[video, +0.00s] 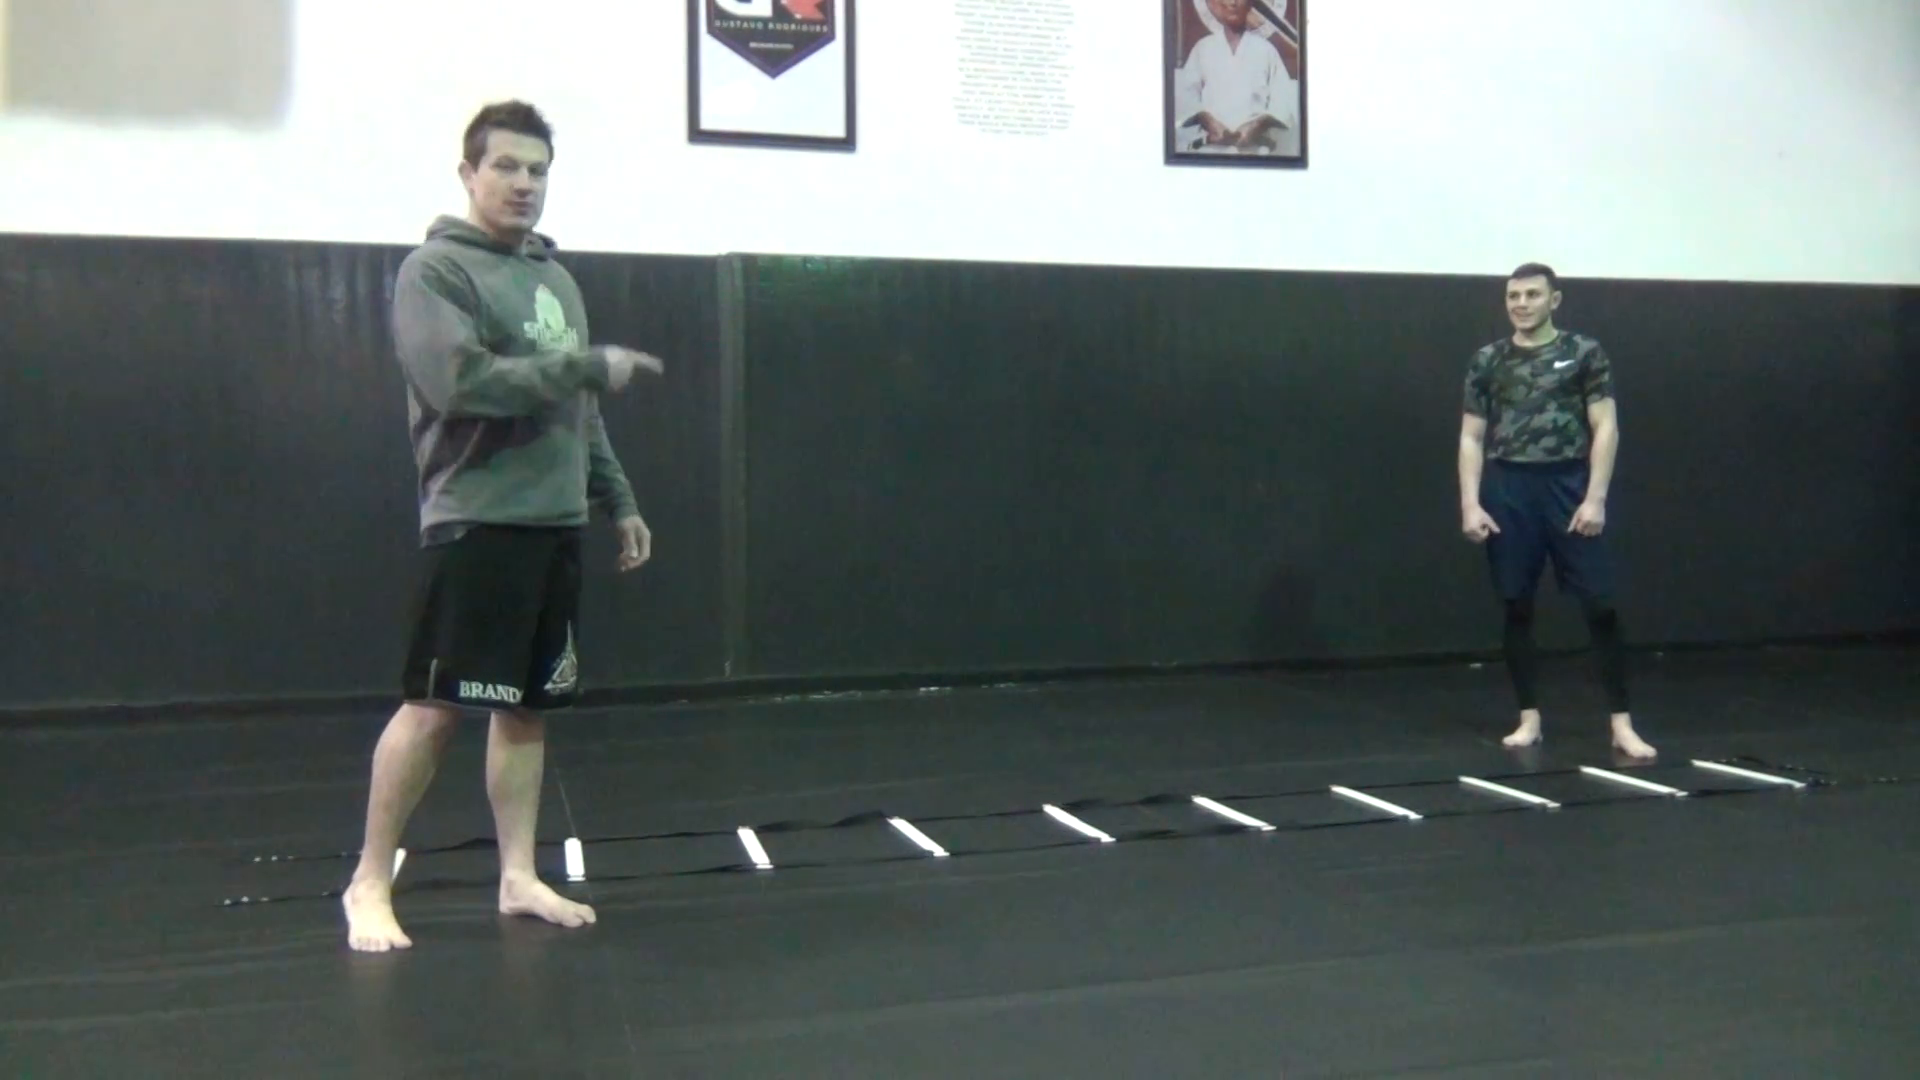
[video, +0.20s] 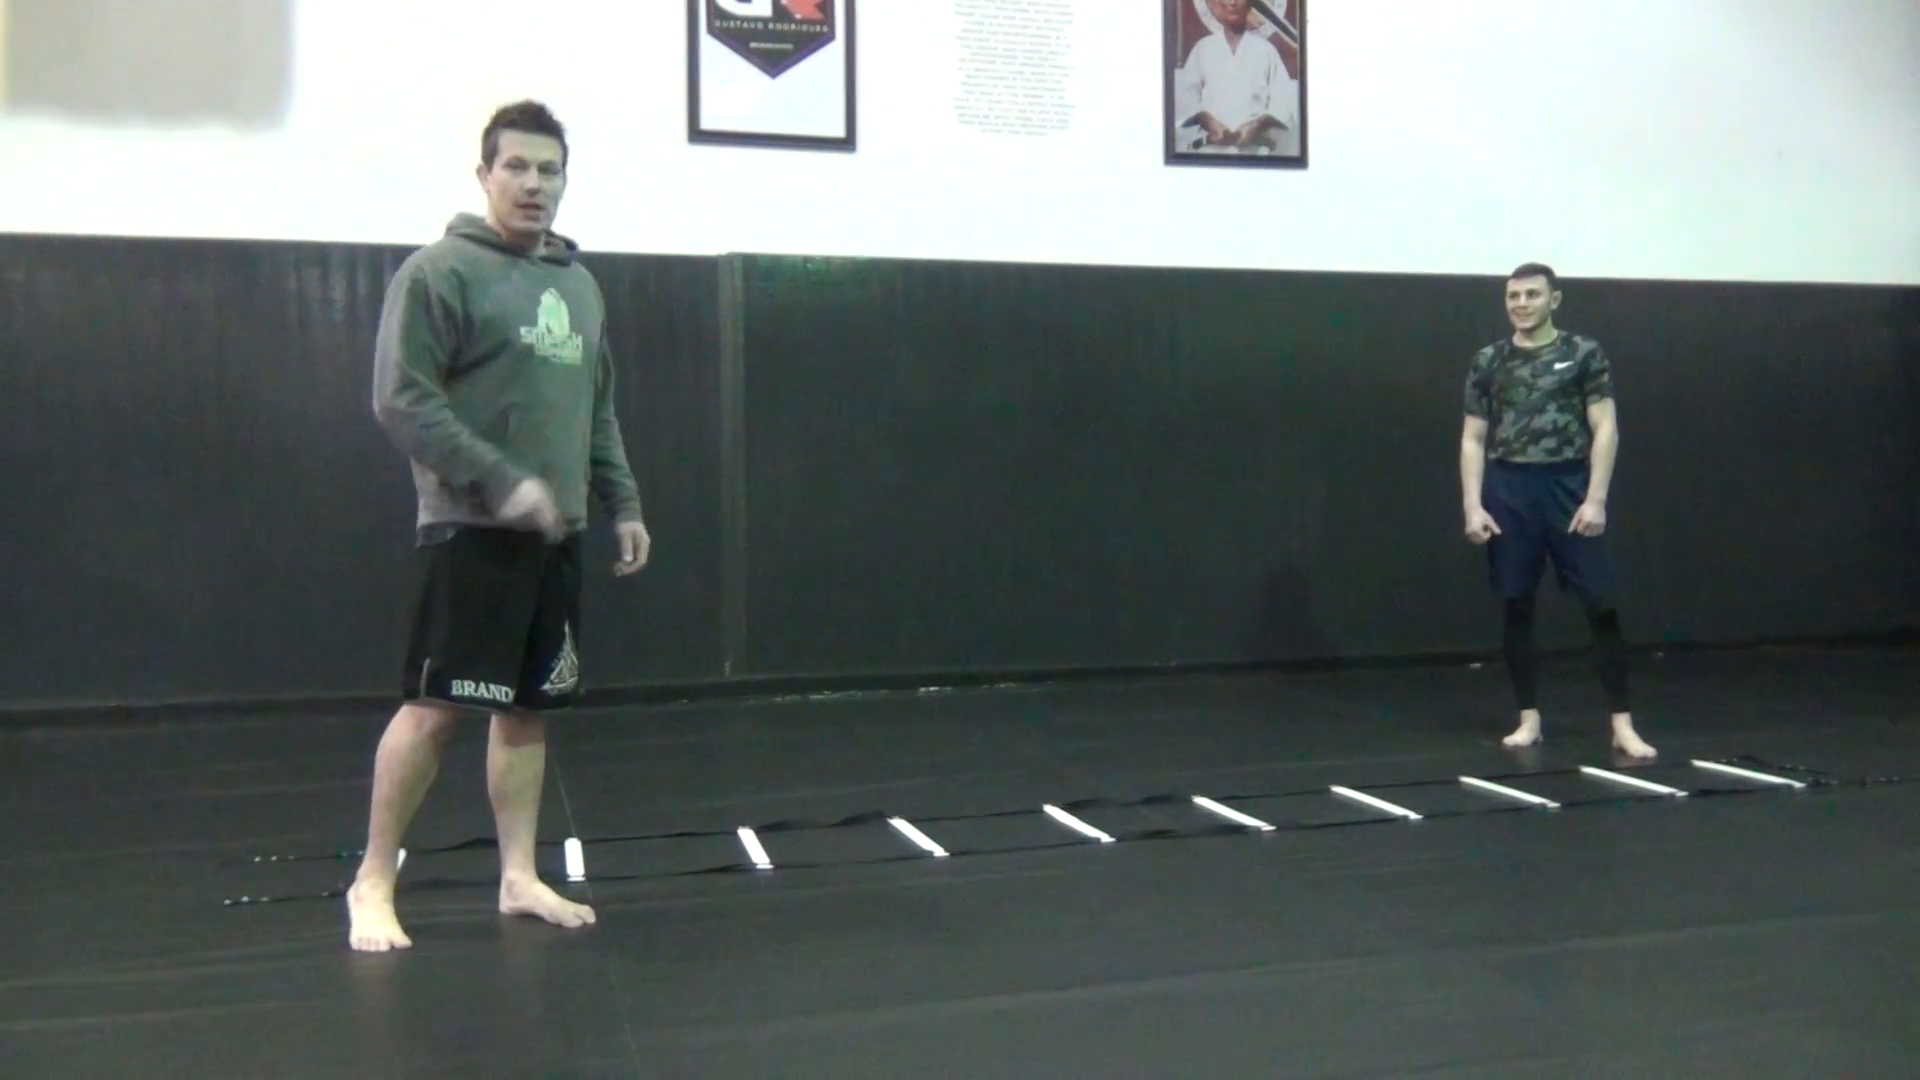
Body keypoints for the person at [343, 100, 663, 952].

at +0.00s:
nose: (523, 184)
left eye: (536, 170)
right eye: (506, 167)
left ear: (548, 182)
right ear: (468, 173)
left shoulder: (560, 282)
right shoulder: (432, 270)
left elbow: (583, 412)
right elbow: (455, 381)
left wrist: (620, 502)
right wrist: (585, 368)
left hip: (553, 523)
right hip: (473, 520)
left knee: (525, 709)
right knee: (432, 707)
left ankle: (519, 880)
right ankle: (370, 886)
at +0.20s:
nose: (533, 184)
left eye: (549, 170)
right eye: (517, 167)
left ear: (564, 182)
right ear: (483, 174)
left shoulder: (578, 284)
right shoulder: (437, 273)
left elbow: (600, 410)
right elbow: (402, 400)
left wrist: (621, 503)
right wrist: (498, 479)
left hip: (554, 536)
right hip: (468, 531)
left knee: (527, 710)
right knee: (434, 708)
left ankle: (520, 881)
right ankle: (374, 886)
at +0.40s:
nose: (549, 189)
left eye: (566, 177)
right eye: (535, 171)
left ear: (581, 187)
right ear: (501, 175)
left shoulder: (592, 292)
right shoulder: (443, 271)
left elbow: (609, 420)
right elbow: (392, 401)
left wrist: (634, 520)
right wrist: (357, 517)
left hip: (536, 536)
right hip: (444, 528)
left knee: (518, 709)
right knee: (415, 702)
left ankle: (520, 879)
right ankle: (361, 880)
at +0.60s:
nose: (536, 187)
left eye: (552, 175)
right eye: (521, 169)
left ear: (568, 189)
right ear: (488, 173)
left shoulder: (573, 297)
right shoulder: (423, 264)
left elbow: (597, 427)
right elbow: (352, 382)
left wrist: (640, 522)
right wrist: (318, 496)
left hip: (512, 536)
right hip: (416, 526)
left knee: (506, 711)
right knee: (363, 695)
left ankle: (518, 881)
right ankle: (269, 874)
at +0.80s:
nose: (467, 180)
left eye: (485, 167)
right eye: (451, 162)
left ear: (501, 180)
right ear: (418, 170)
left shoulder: (523, 290)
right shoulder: (362, 268)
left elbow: (558, 422)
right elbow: (310, 398)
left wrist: (602, 514)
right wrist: (330, 504)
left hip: (480, 542)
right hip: (380, 536)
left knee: (493, 715)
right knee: (308, 710)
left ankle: (518, 885)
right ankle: (201, 896)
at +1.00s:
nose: (367, 180)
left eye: (386, 166)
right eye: (350, 163)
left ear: (405, 181)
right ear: (320, 174)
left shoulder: (438, 290)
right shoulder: (266, 282)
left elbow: (473, 426)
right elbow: (224, 417)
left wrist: (512, 523)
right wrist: (298, 501)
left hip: (417, 556)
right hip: (306, 555)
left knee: (477, 706)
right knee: (250, 731)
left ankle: (517, 882)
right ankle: (174, 928)